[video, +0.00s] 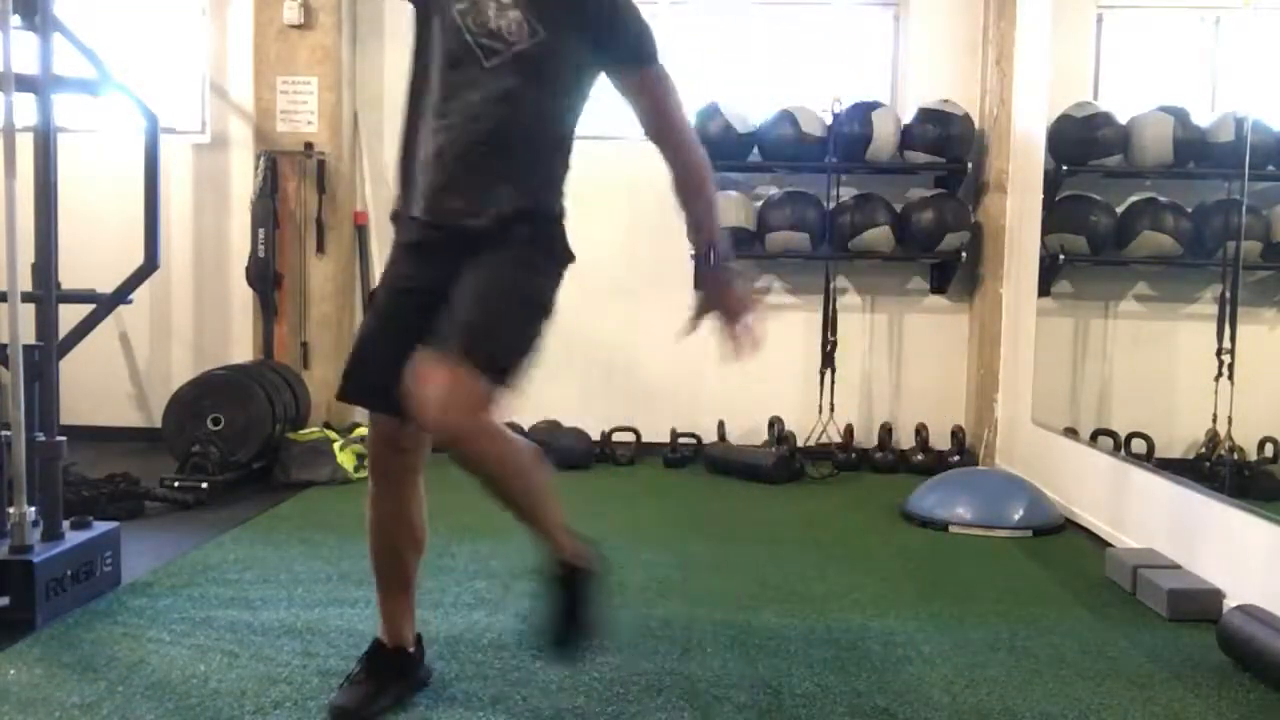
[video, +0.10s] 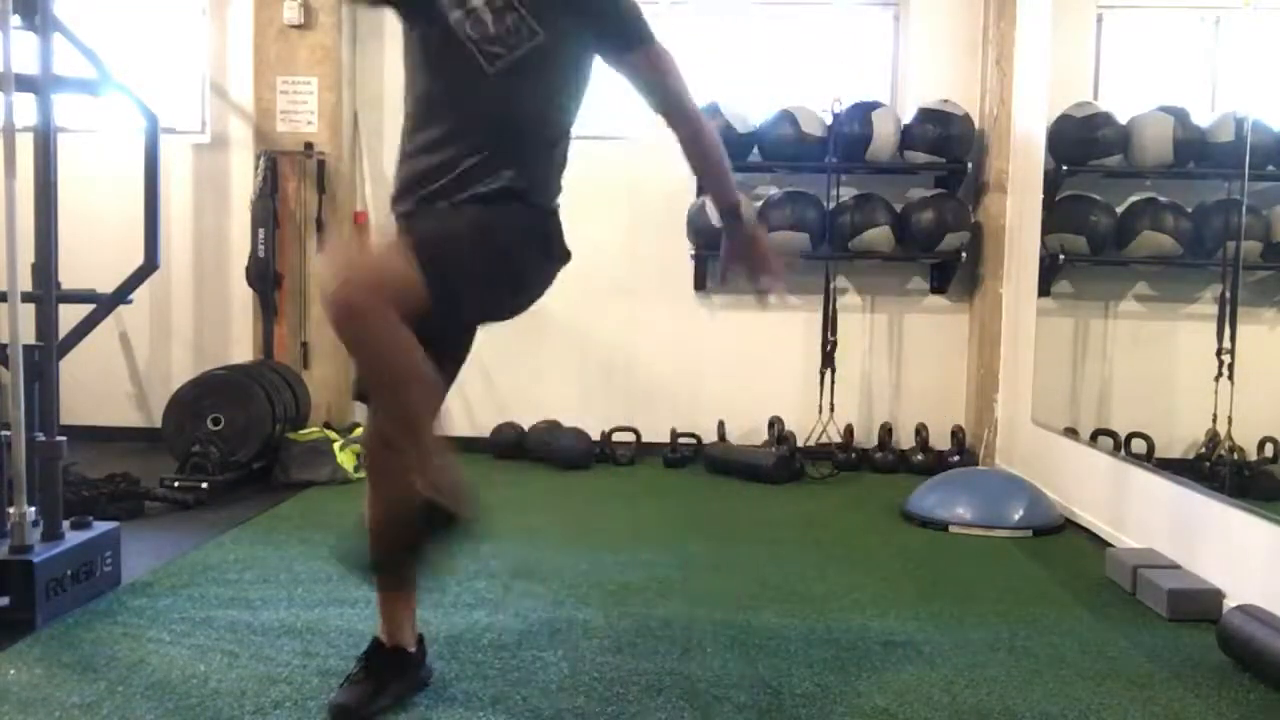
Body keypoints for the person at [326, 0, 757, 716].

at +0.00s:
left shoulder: (592, 10)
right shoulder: (433, 4)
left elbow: (671, 130)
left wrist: (712, 259)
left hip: (517, 233)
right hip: (424, 230)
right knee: (392, 432)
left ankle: (571, 557)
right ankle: (396, 648)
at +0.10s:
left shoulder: (586, 6)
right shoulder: (418, 1)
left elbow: (673, 99)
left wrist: (737, 216)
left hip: (513, 220)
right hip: (424, 222)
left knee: (355, 289)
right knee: (388, 437)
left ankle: (440, 493)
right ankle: (397, 644)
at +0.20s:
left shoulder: (575, 8)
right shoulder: (415, 5)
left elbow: (668, 84)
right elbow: (354, 22)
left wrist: (735, 181)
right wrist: (305, 11)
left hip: (514, 236)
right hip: (436, 232)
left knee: (322, 144)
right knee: (379, 440)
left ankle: (340, 388)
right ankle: (399, 649)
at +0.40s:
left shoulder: (564, 10)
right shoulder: (414, 15)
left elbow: (669, 98)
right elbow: (326, 54)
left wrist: (753, 195)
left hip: (523, 247)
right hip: (444, 260)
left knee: (339, 215)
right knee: (372, 450)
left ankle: (381, 434)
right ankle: (398, 648)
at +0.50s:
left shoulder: (582, 16)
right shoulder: (425, 13)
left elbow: (687, 116)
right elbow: (321, 45)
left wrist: (768, 219)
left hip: (531, 251)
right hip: (444, 252)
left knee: (400, 361)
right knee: (371, 459)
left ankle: (518, 543)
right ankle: (399, 651)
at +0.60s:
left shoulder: (608, 19)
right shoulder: (445, 14)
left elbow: (710, 124)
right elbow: (327, 39)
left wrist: (785, 238)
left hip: (553, 272)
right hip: (461, 269)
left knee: (524, 462)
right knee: (386, 460)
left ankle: (645, 626)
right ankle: (399, 651)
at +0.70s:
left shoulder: (639, 14)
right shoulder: (477, 11)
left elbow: (751, 108)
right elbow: (355, 41)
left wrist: (811, 217)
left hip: (607, 276)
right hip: (509, 275)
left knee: (628, 478)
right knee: (436, 461)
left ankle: (696, 660)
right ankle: (405, 652)